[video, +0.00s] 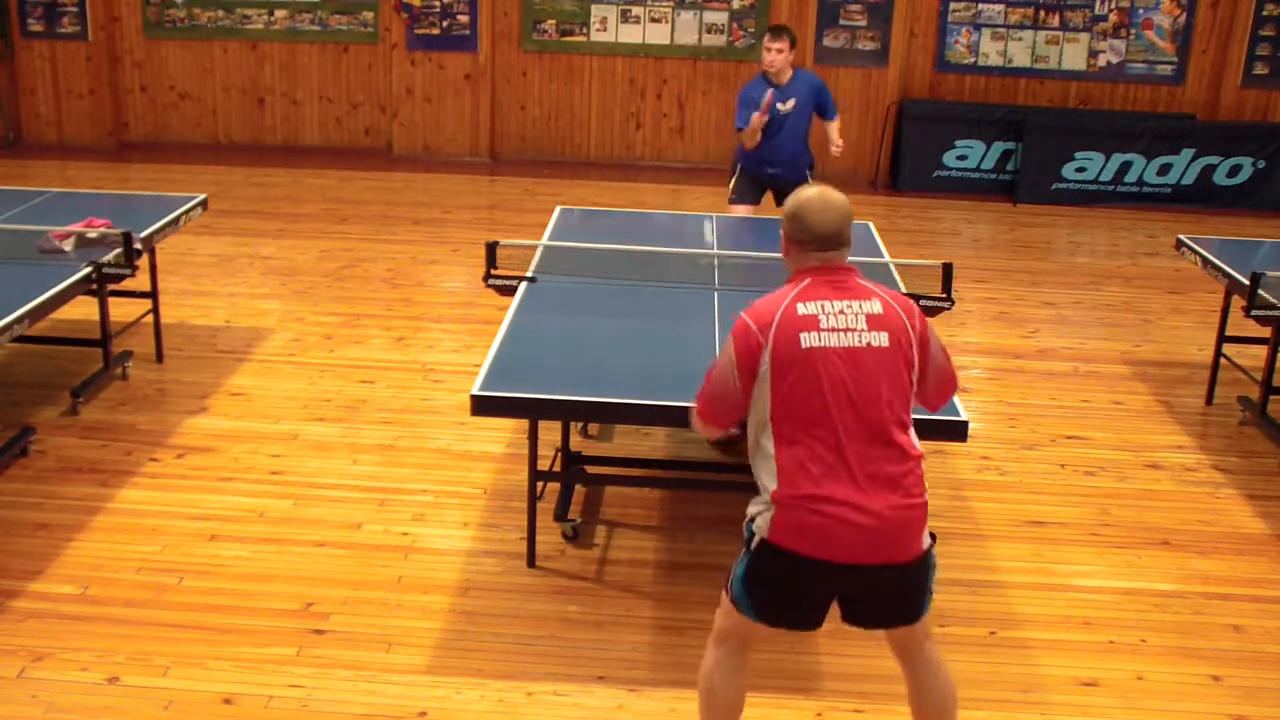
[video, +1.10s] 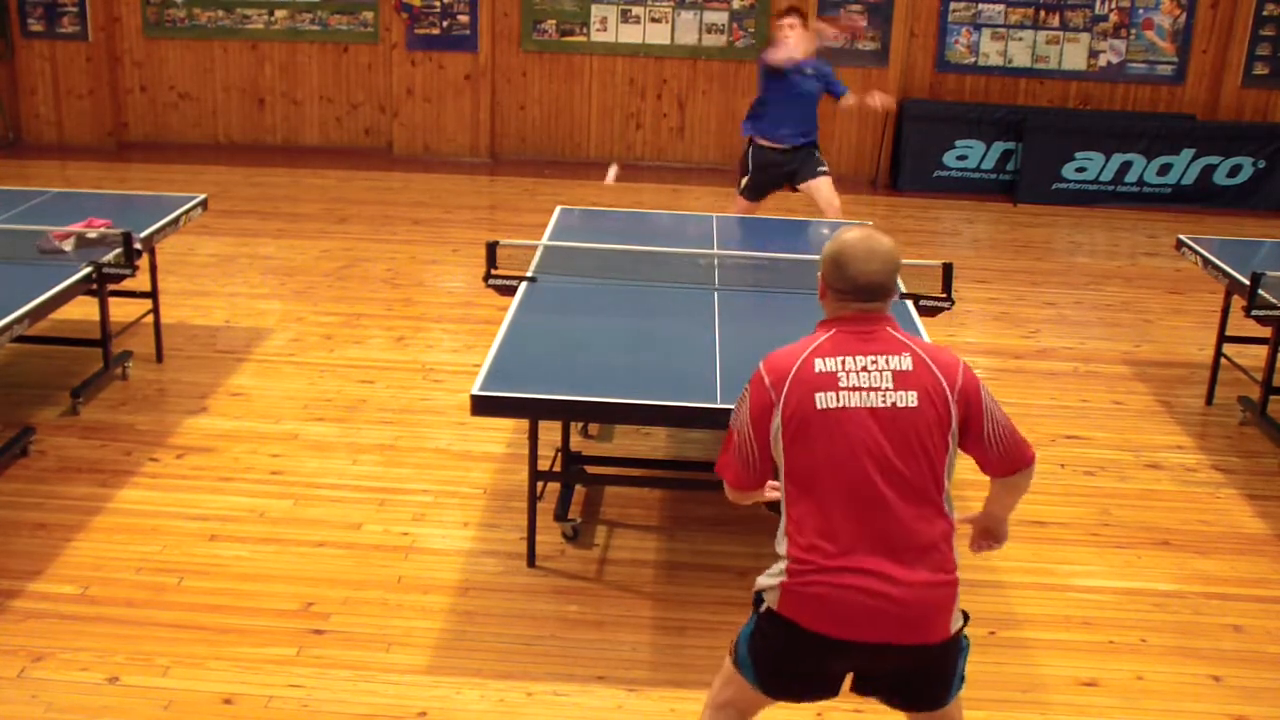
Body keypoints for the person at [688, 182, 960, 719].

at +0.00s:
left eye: (785, 232)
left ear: (786, 242)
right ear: (850, 241)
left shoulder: (762, 320)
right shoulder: (903, 312)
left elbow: (709, 421)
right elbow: (938, 391)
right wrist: (873, 371)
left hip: (798, 538)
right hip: (896, 542)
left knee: (729, 640)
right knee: (917, 646)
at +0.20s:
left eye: (793, 225)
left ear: (797, 233)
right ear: (864, 235)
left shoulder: (759, 301)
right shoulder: (909, 308)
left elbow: (729, 399)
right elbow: (980, 388)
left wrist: (790, 359)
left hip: (788, 537)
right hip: (890, 542)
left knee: (730, 642)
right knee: (928, 657)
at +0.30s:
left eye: (787, 220)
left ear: (790, 227)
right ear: (859, 229)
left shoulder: (749, 288)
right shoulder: (897, 302)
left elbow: (726, 380)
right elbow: (994, 389)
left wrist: (721, 378)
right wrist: (994, 416)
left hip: (779, 530)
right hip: (882, 535)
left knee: (730, 645)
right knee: (923, 657)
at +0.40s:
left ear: (792, 230)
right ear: (864, 232)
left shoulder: (751, 299)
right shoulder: (907, 308)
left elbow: (735, 416)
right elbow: (1000, 377)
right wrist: (1003, 412)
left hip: (776, 534)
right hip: (880, 541)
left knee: (731, 647)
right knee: (921, 676)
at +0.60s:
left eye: (813, 269)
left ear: (817, 281)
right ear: (886, 280)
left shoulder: (776, 364)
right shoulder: (941, 355)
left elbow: (747, 483)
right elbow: (1035, 407)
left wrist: (749, 515)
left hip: (809, 594)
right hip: (913, 600)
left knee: (733, 661)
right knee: (934, 706)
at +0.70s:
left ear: (817, 295)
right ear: (888, 296)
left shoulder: (773, 384)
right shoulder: (940, 377)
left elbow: (740, 494)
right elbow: (1031, 441)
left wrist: (763, 501)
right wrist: (1053, 465)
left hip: (811, 617)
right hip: (920, 623)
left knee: (734, 698)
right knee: (951, 708)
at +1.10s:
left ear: (822, 288)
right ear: (895, 290)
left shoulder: (780, 371)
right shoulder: (946, 370)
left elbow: (739, 486)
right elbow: (1016, 462)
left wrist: (763, 490)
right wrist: (995, 516)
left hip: (810, 619)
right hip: (922, 625)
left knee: (727, 706)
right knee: (939, 710)